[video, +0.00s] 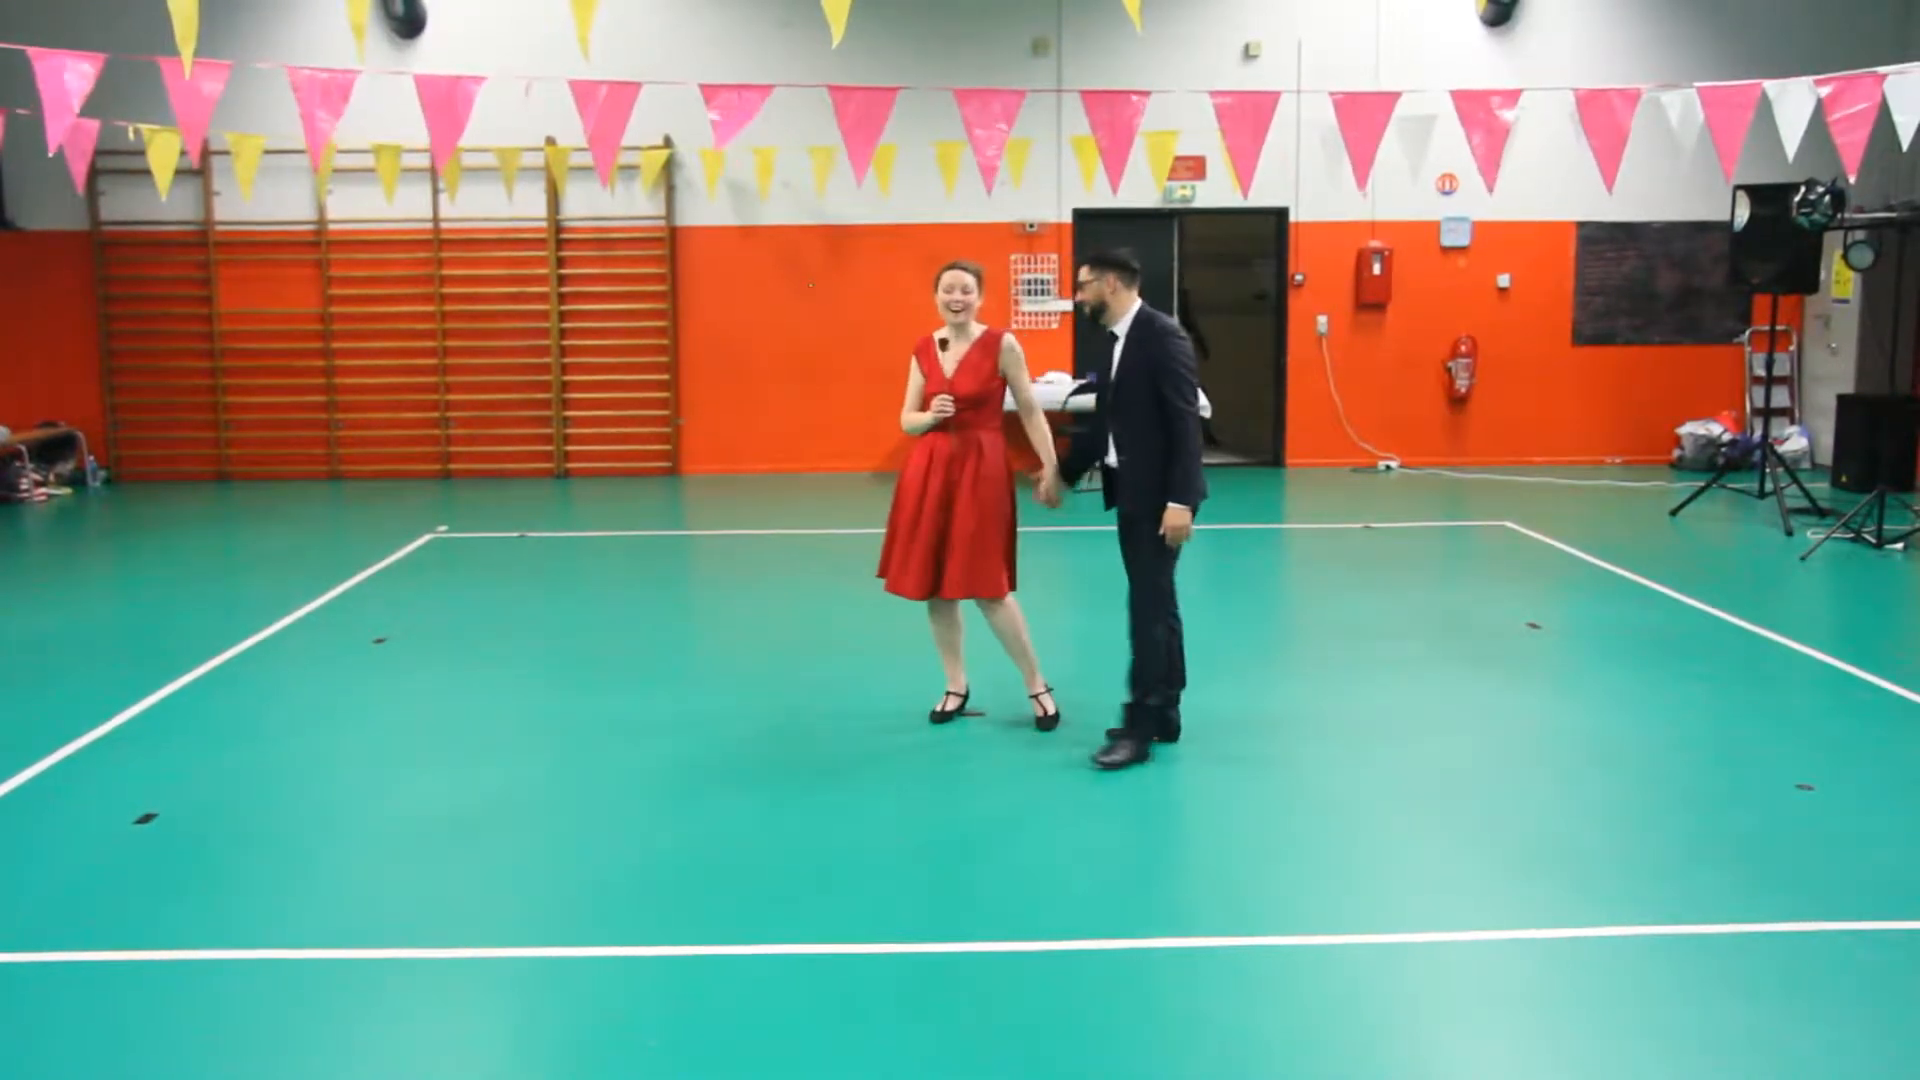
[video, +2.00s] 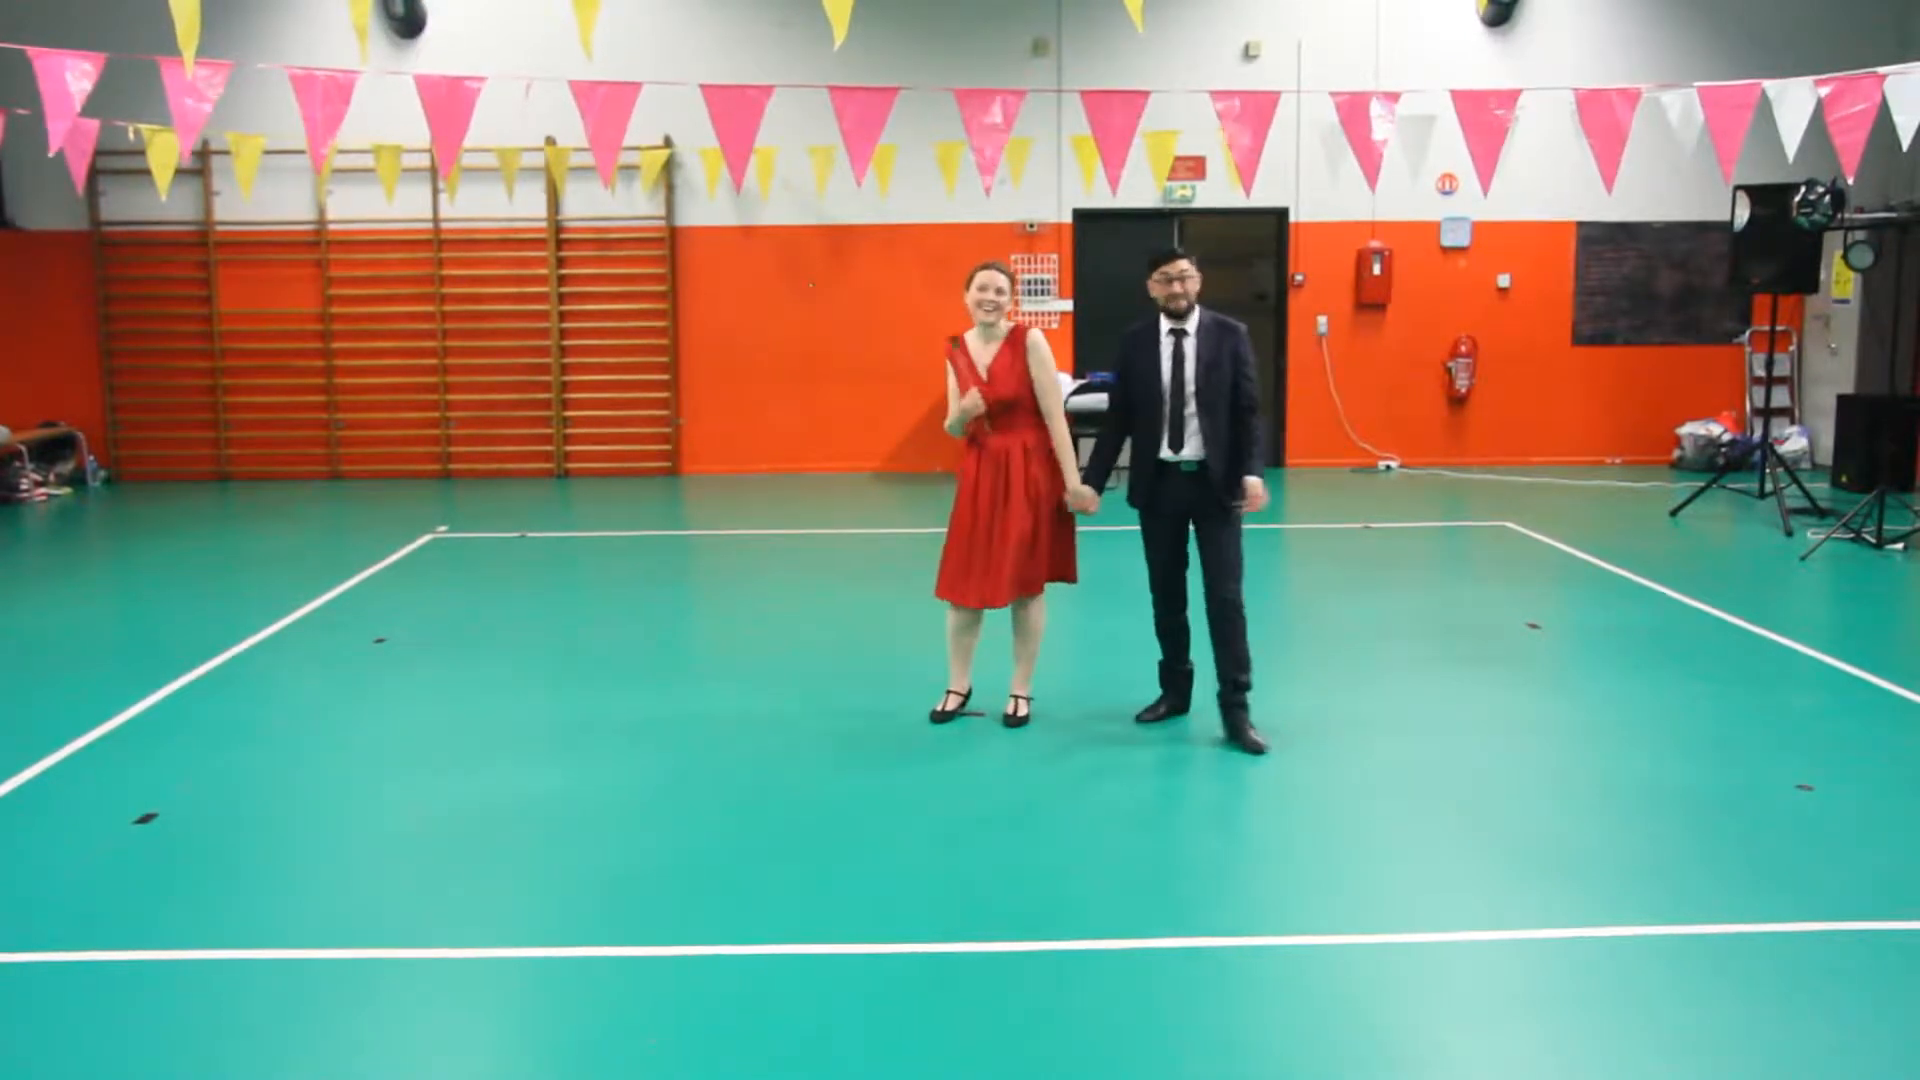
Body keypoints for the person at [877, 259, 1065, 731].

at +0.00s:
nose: (956, 298)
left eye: (965, 290)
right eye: (948, 290)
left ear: (980, 298)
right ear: (936, 297)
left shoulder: (1001, 346)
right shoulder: (925, 350)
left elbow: (1030, 410)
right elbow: (908, 420)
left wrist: (1050, 467)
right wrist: (930, 415)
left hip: (982, 472)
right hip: (933, 471)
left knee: (988, 588)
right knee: (937, 588)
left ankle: (1036, 687)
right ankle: (955, 687)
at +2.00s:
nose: (989, 297)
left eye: (998, 291)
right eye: (981, 289)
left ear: (1011, 300)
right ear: (966, 296)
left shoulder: (1030, 341)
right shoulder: (958, 350)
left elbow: (1055, 414)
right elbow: (953, 425)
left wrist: (1073, 482)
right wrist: (962, 411)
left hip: (1029, 469)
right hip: (981, 470)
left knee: (1026, 587)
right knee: (966, 586)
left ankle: (1021, 691)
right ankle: (957, 687)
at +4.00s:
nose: (994, 298)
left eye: (993, 291)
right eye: (986, 291)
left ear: (979, 295)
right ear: (959, 296)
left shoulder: (995, 340)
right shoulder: (925, 348)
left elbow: (1028, 401)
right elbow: (905, 423)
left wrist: (1071, 444)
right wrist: (970, 417)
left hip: (989, 475)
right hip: (939, 478)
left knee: (1004, 584)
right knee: (943, 586)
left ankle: (1016, 687)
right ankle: (950, 682)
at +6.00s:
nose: (1013, 294)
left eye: (1018, 287)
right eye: (1002, 287)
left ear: (1024, 293)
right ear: (978, 293)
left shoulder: (1037, 343)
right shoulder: (956, 348)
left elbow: (1058, 408)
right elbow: (935, 423)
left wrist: (1082, 458)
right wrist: (993, 416)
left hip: (1023, 477)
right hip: (969, 479)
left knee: (1022, 593)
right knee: (968, 598)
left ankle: (1017, 686)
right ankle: (960, 700)